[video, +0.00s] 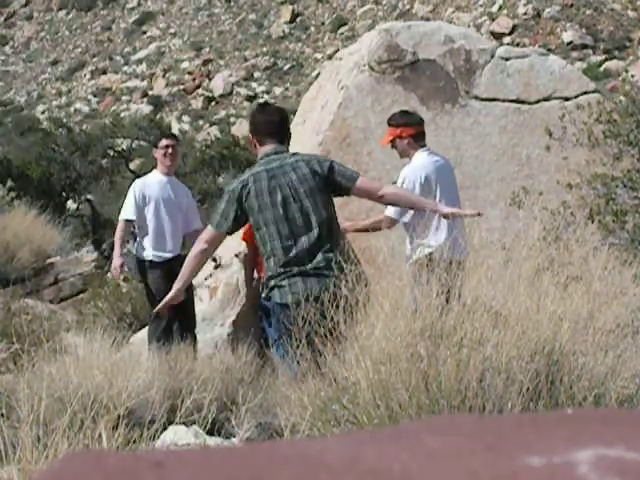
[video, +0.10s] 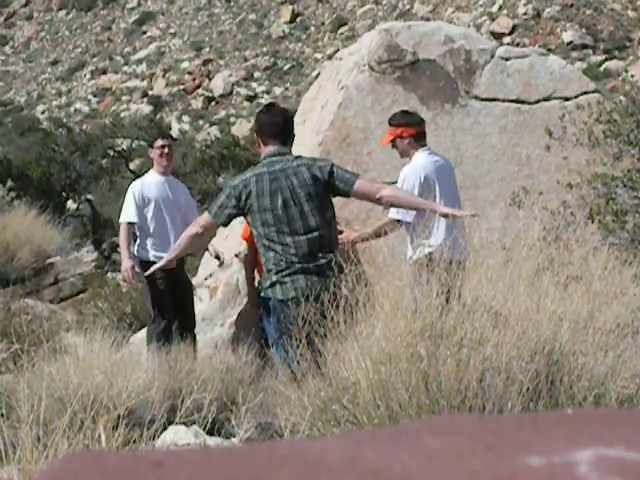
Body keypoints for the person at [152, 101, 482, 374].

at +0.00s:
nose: (248, 140)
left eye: (249, 136)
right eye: (254, 135)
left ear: (253, 140)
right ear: (287, 134)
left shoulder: (243, 185)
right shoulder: (315, 165)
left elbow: (207, 243)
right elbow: (380, 192)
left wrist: (177, 288)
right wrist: (438, 208)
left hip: (287, 297)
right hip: (336, 287)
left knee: (298, 379)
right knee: (341, 370)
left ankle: (308, 443)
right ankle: (348, 437)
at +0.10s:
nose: (253, 141)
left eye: (254, 137)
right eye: (264, 136)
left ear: (258, 139)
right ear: (291, 136)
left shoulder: (245, 183)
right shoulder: (317, 169)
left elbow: (201, 230)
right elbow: (380, 192)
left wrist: (170, 258)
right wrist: (437, 208)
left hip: (285, 291)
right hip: (331, 284)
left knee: (296, 373)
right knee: (338, 365)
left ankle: (306, 436)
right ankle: (343, 428)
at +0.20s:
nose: (259, 137)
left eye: (258, 133)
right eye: (270, 132)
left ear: (258, 136)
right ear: (291, 133)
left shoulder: (242, 175)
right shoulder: (311, 168)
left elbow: (193, 209)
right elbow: (372, 196)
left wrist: (153, 228)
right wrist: (427, 213)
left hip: (274, 286)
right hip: (315, 281)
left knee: (285, 360)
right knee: (316, 354)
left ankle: (307, 417)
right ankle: (327, 410)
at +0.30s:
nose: (260, 145)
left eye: (258, 140)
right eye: (276, 139)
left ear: (257, 144)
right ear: (290, 143)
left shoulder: (240, 184)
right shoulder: (307, 182)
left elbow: (184, 214)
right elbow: (359, 214)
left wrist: (143, 233)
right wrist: (414, 235)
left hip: (262, 296)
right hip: (303, 292)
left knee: (262, 377)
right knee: (309, 373)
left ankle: (267, 440)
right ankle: (314, 435)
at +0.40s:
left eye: (253, 154)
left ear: (253, 156)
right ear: (284, 154)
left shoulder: (237, 192)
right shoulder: (302, 191)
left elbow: (187, 229)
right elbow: (349, 225)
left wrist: (147, 254)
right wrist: (394, 250)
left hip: (257, 298)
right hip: (299, 296)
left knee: (253, 368)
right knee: (307, 368)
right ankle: (319, 420)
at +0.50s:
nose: (253, 163)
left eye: (250, 158)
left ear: (249, 159)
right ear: (280, 156)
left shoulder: (234, 194)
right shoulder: (298, 192)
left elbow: (189, 236)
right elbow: (342, 228)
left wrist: (154, 269)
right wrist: (376, 248)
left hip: (252, 296)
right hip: (292, 292)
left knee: (260, 362)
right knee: (304, 361)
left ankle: (263, 418)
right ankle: (314, 417)